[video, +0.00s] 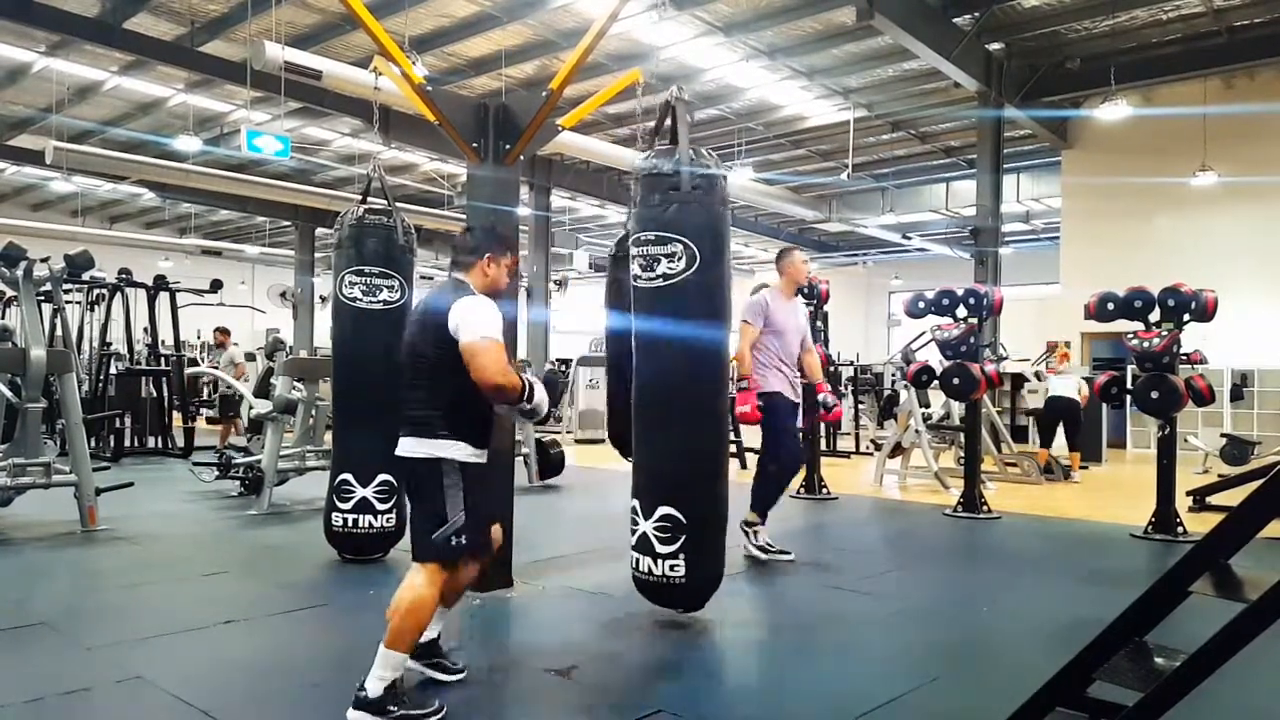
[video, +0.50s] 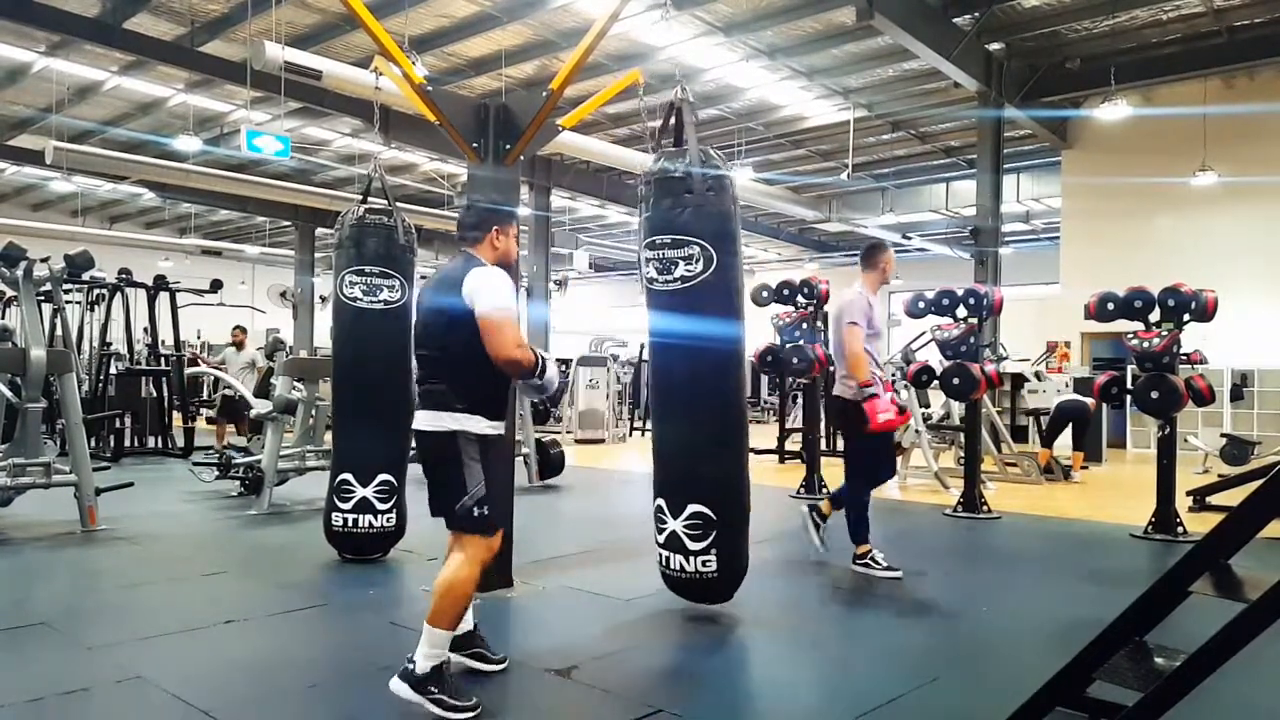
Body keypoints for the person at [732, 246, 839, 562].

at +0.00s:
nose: (809, 269)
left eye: (808, 264)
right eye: (804, 263)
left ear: (792, 270)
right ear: (785, 268)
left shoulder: (800, 308)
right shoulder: (761, 300)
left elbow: (808, 353)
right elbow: (744, 344)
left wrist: (822, 388)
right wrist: (745, 388)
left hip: (791, 390)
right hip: (768, 388)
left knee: (773, 458)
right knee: (791, 457)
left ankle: (757, 534)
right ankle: (752, 521)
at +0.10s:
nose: (825, 270)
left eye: (824, 264)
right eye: (821, 263)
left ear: (808, 268)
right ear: (806, 267)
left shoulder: (813, 308)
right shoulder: (778, 301)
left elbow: (817, 354)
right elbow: (753, 346)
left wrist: (834, 389)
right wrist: (751, 392)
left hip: (803, 394)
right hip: (783, 393)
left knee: (777, 462)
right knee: (806, 465)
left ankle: (757, 535)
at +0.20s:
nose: (842, 273)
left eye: (840, 267)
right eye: (838, 267)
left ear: (823, 270)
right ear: (825, 270)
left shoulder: (820, 308)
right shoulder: (794, 304)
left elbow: (824, 356)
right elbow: (767, 349)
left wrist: (839, 387)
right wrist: (765, 394)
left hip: (813, 401)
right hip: (798, 402)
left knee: (782, 467)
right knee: (820, 473)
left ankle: (758, 534)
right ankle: (848, 549)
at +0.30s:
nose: (864, 273)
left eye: (862, 267)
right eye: (861, 267)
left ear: (844, 270)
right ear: (848, 270)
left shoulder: (838, 306)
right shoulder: (815, 305)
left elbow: (836, 358)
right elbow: (793, 354)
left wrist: (850, 395)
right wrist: (791, 397)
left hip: (835, 402)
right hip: (824, 402)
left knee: (805, 469)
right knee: (843, 477)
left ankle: (765, 527)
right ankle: (861, 551)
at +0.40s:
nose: (879, 270)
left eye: (878, 265)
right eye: (877, 265)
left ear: (858, 267)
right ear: (865, 268)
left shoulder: (857, 304)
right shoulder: (835, 303)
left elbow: (856, 360)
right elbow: (822, 353)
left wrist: (867, 400)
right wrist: (825, 397)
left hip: (856, 398)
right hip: (843, 399)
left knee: (847, 471)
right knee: (855, 473)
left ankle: (790, 516)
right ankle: (861, 551)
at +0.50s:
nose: (893, 271)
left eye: (892, 265)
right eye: (891, 265)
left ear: (871, 265)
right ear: (881, 266)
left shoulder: (868, 302)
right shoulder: (855, 301)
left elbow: (865, 352)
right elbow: (854, 354)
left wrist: (879, 384)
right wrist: (869, 392)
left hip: (868, 397)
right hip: (852, 399)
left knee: (884, 468)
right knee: (860, 476)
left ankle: (824, 508)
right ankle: (862, 550)